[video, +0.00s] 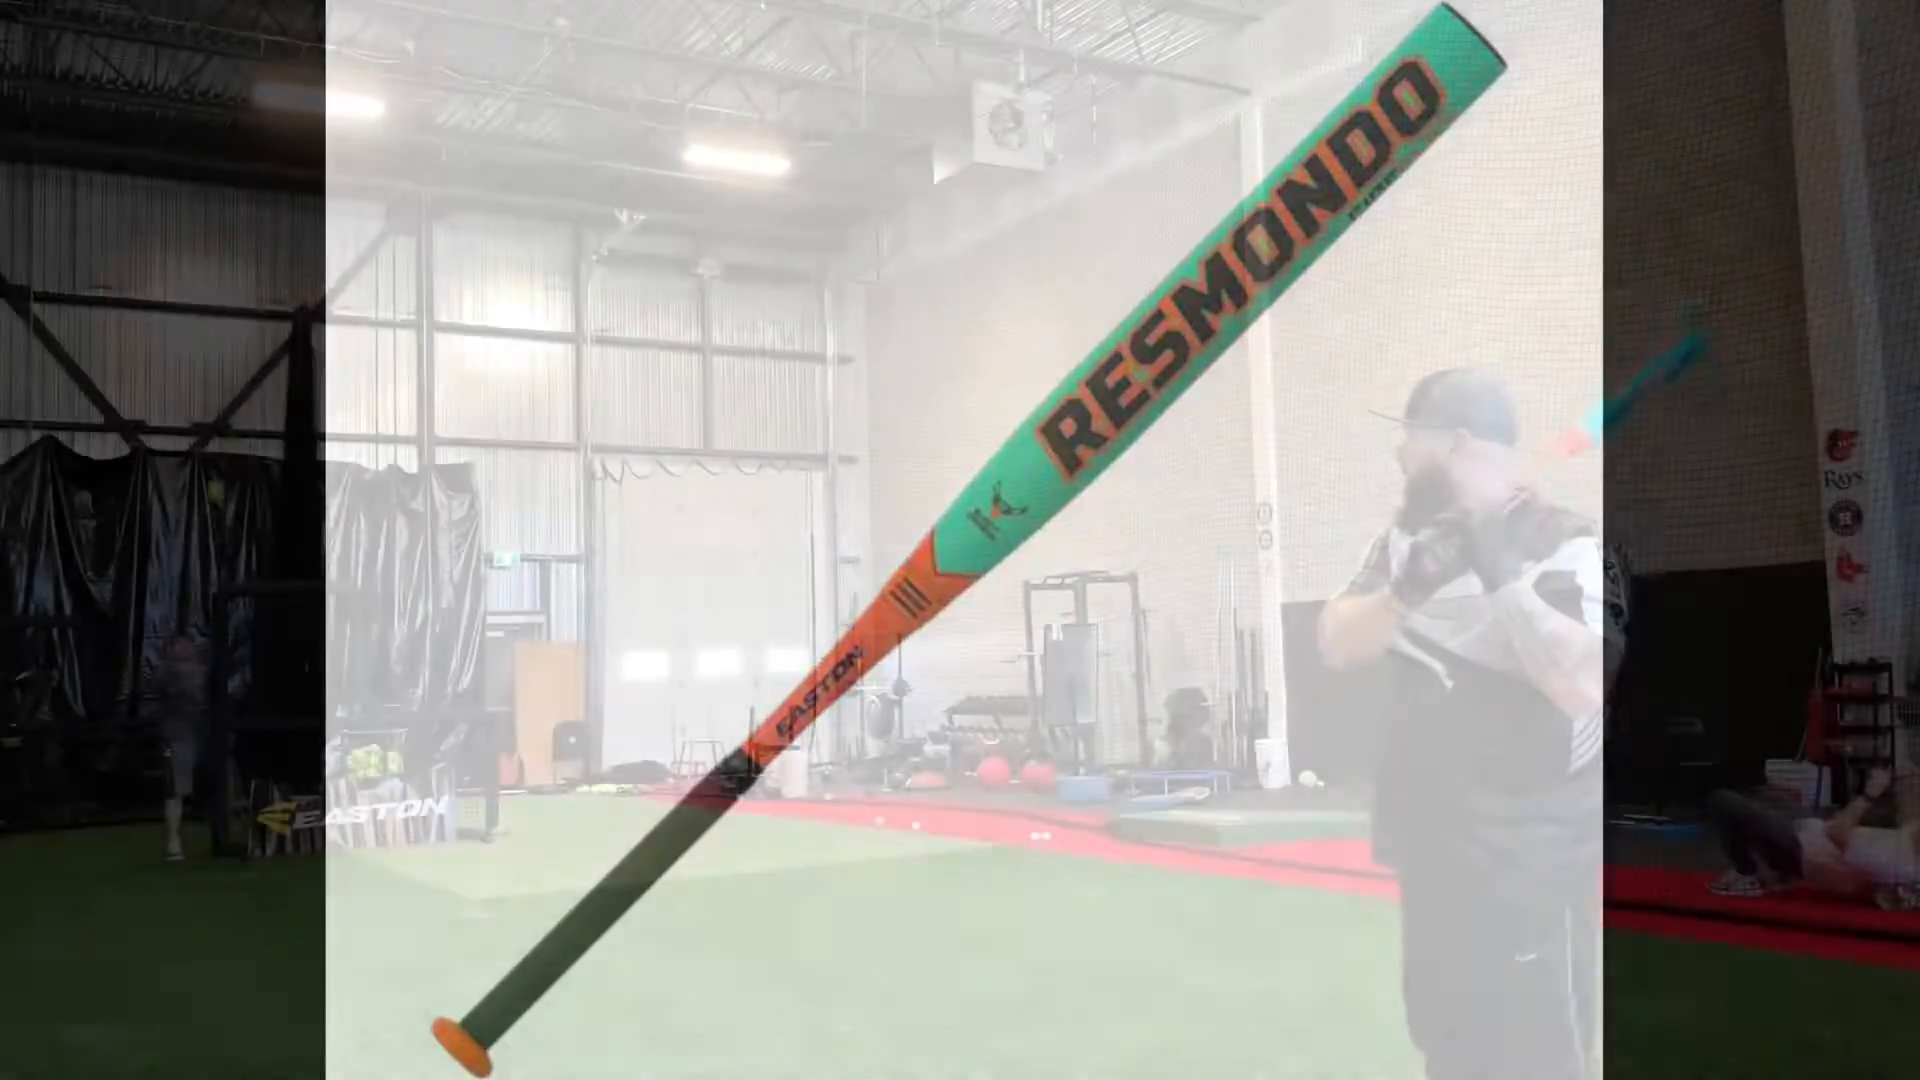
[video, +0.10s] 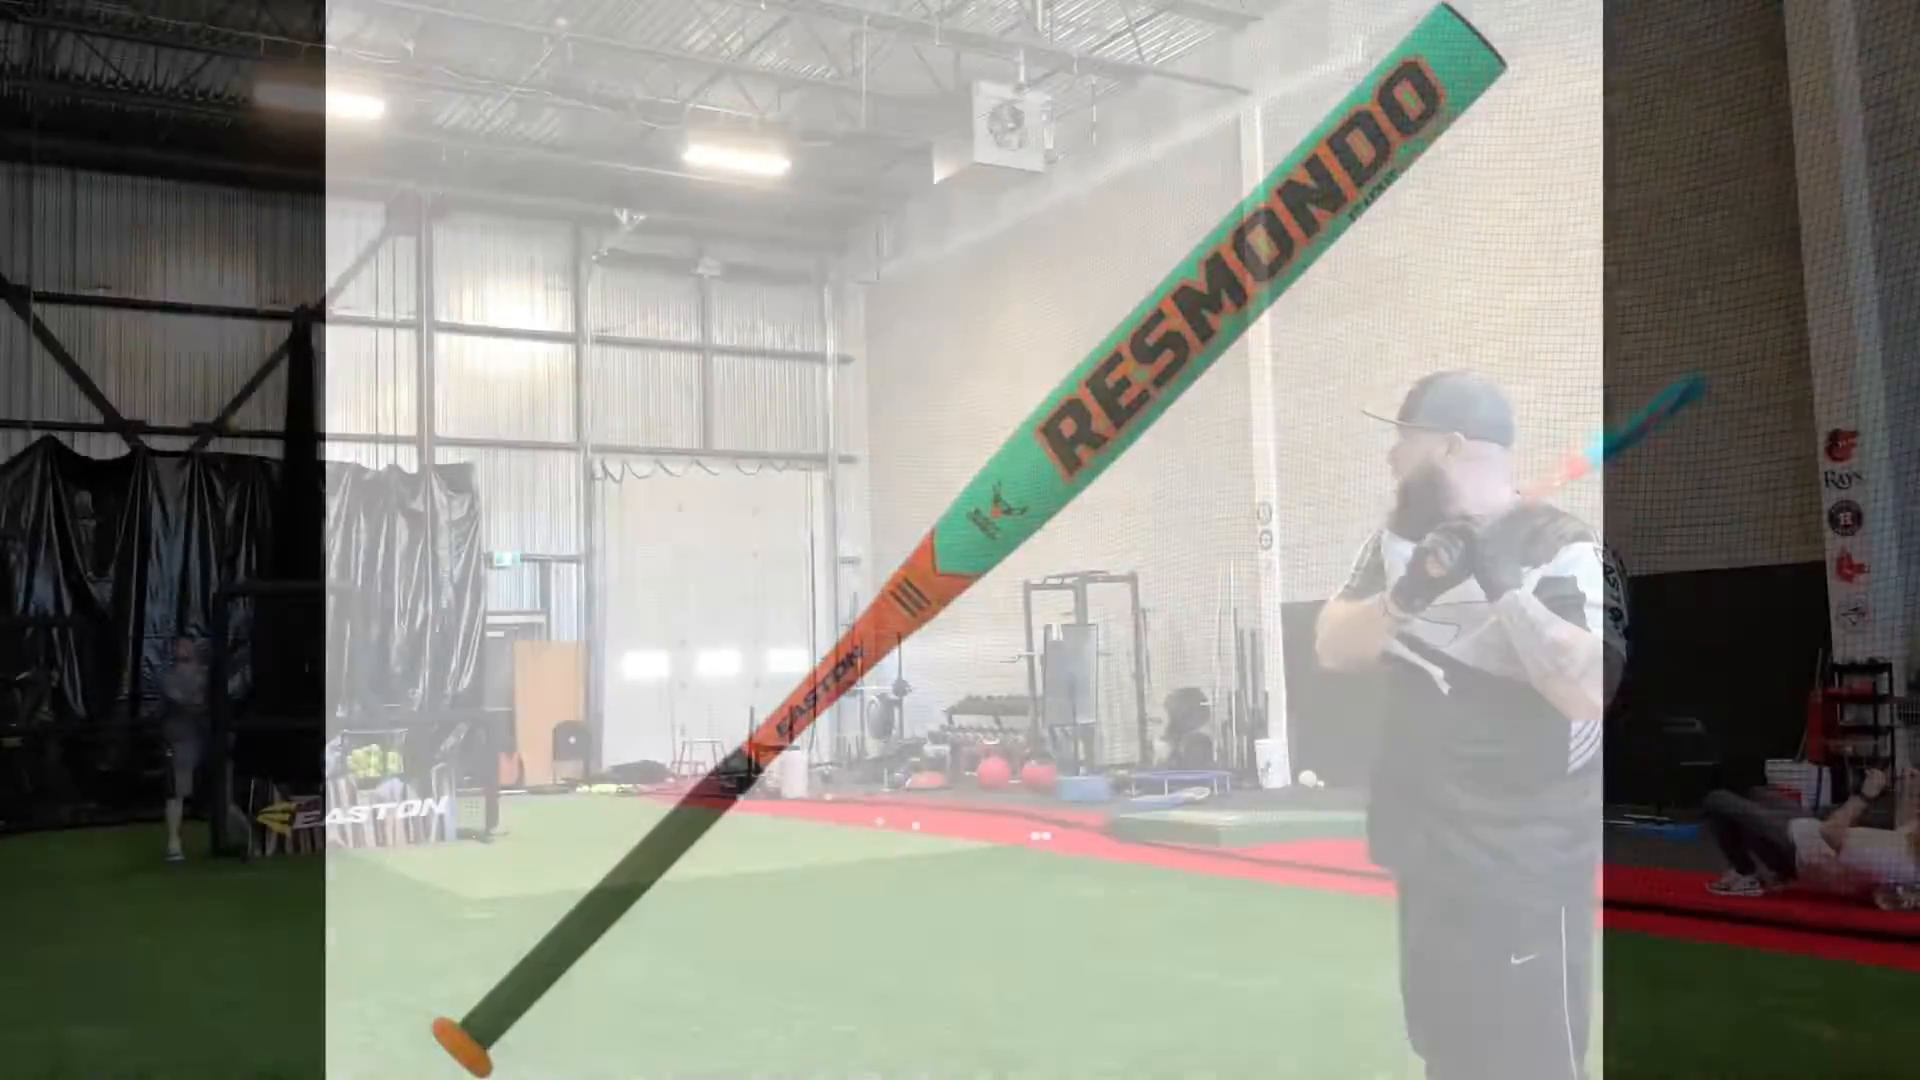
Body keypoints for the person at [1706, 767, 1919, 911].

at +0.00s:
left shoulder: (1904, 861)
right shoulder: (1908, 838)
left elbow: (1835, 833)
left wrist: (1868, 796)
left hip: (1803, 852)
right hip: (1815, 830)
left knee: (1723, 802)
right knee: (1759, 800)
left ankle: (1744, 874)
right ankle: (1776, 873)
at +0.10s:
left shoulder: (1897, 866)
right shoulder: (1908, 840)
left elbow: (1830, 832)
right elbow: (1905, 827)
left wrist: (1863, 796)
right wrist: (1910, 796)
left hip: (1795, 850)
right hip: (1809, 826)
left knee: (1717, 803)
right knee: (1757, 796)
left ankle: (1744, 875)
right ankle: (1774, 873)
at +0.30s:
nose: (1913, 827)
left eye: (1917, 827)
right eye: (1915, 823)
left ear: (1918, 838)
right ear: (1914, 831)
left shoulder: (1893, 865)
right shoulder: (1905, 845)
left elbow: (1827, 836)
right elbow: (1899, 824)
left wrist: (1858, 796)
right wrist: (1906, 794)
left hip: (1791, 849)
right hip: (1808, 827)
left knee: (1716, 801)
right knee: (1756, 793)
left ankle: (1745, 877)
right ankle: (1773, 872)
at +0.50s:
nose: (1917, 825)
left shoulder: (1898, 864)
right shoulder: (1910, 847)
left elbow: (1834, 832)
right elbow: (1906, 828)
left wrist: (1862, 795)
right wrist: (1908, 795)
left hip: (1801, 850)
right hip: (1818, 827)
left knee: (1725, 800)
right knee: (1763, 793)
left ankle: (1744, 875)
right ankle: (1775, 871)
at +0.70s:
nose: (1909, 792)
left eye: (1913, 788)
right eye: (1910, 787)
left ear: (1918, 800)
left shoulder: (1907, 859)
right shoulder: (1910, 834)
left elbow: (1847, 830)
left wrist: (1876, 790)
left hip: (1816, 855)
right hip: (1828, 830)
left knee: (1736, 799)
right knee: (1774, 799)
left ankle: (1744, 876)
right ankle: (1775, 872)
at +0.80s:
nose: (1912, 794)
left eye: (1915, 789)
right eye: (1913, 789)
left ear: (1918, 805)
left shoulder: (1906, 855)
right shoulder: (1909, 836)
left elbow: (1850, 828)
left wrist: (1879, 788)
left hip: (1822, 857)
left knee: (1739, 799)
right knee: (1781, 801)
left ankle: (1744, 876)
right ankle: (1775, 873)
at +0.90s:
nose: (1916, 793)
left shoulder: (1909, 859)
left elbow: (1854, 824)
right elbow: (1909, 821)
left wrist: (1885, 784)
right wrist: (1912, 779)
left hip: (1827, 860)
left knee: (1744, 800)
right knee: (1788, 796)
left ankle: (1745, 876)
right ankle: (1775, 872)